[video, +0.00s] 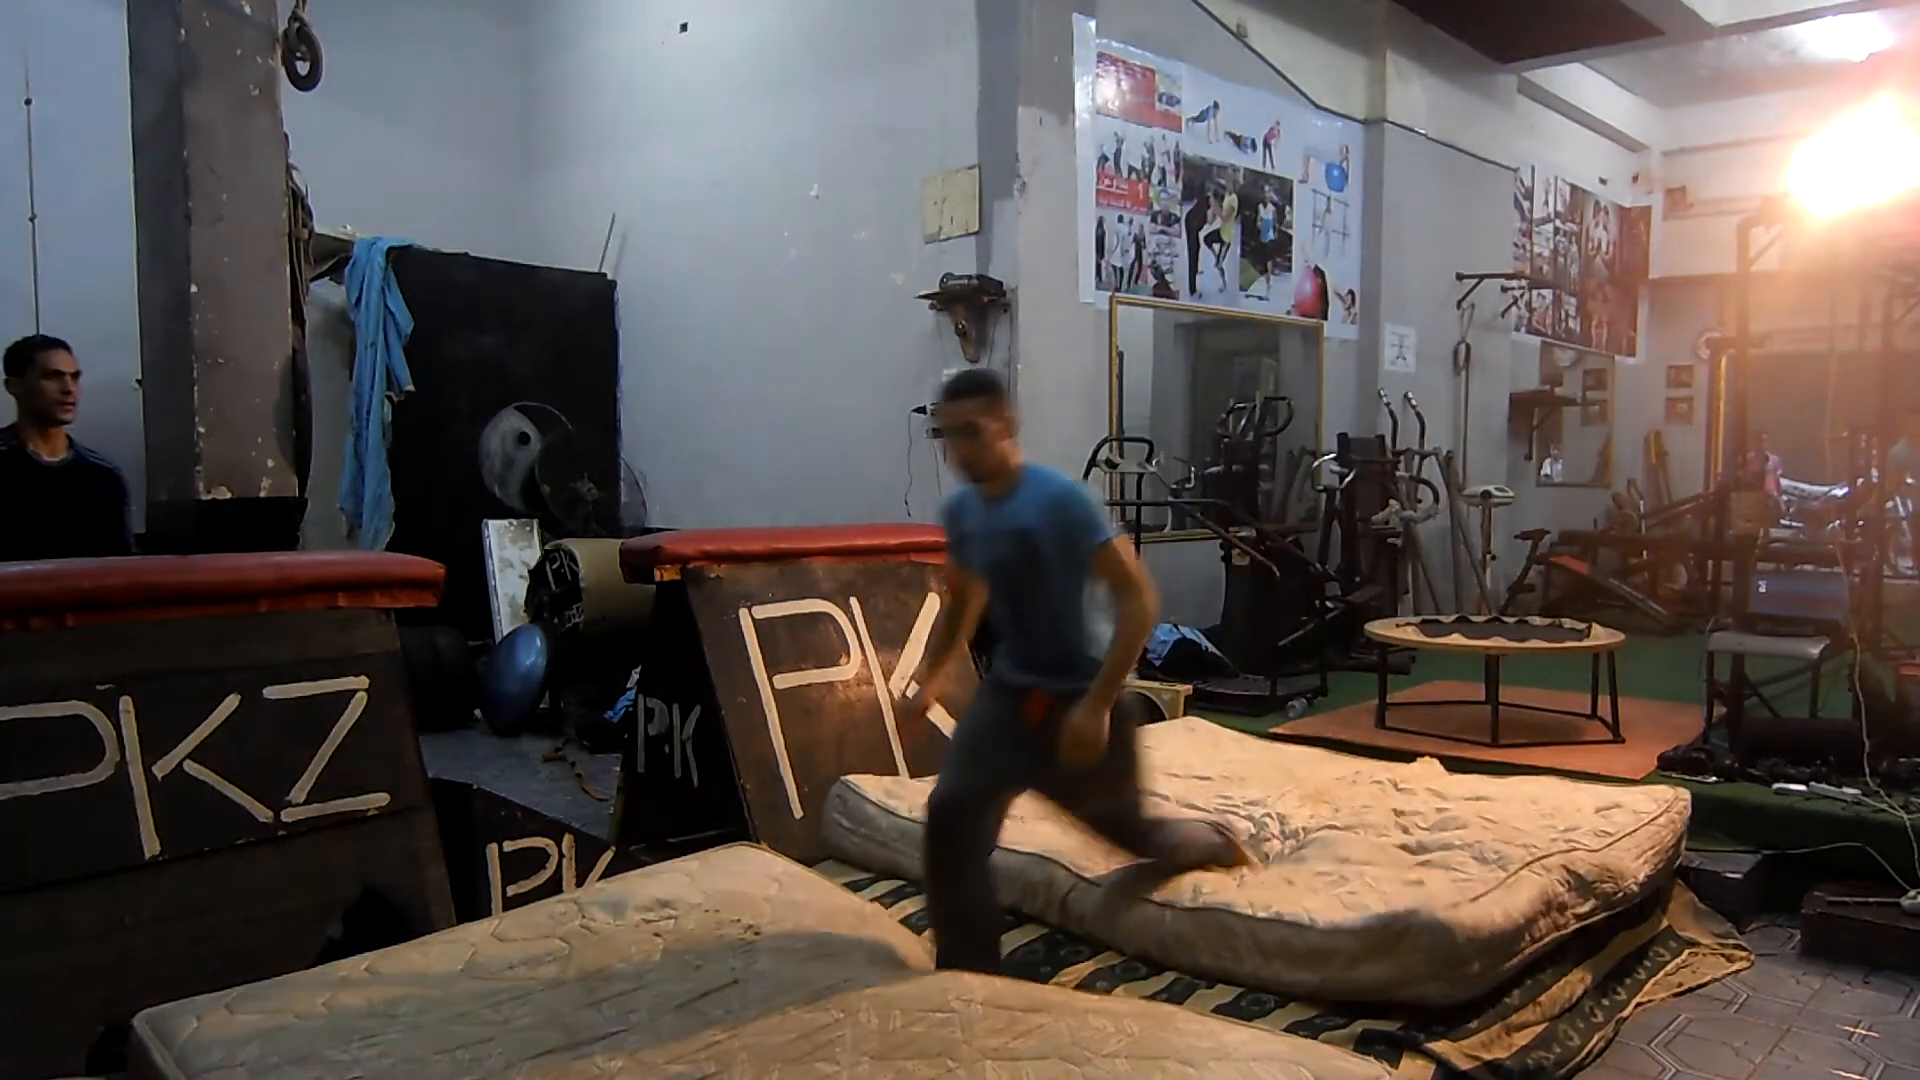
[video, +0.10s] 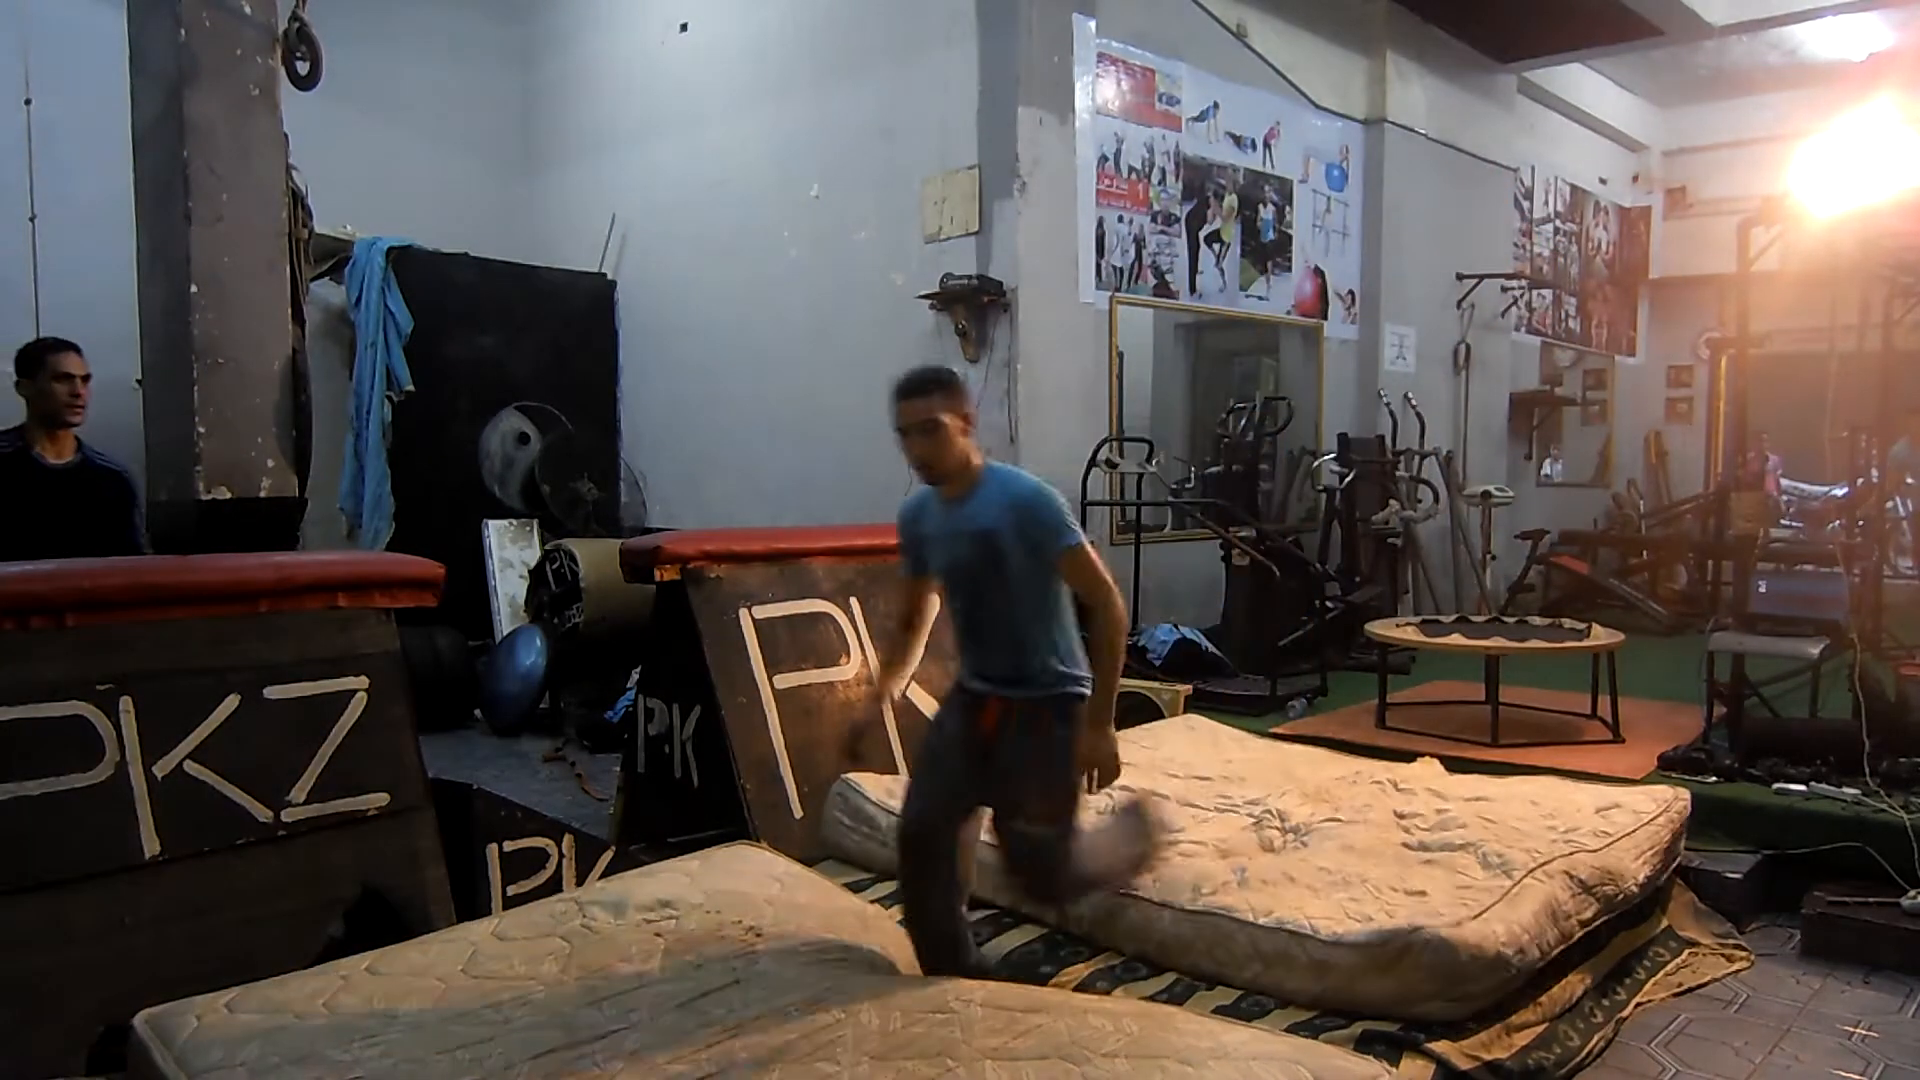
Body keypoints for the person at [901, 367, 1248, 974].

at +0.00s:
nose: (958, 449)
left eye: (970, 432)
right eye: (948, 435)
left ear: (1008, 429)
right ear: (941, 439)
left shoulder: (1062, 500)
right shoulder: (961, 511)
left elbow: (1140, 601)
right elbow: (965, 596)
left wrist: (1096, 706)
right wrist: (928, 681)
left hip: (1081, 699)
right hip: (1009, 694)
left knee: (1128, 832)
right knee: (953, 824)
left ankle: (1214, 846)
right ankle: (969, 993)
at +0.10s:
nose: (917, 448)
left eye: (929, 429)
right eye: (906, 433)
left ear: (967, 423)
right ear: (898, 438)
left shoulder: (1029, 501)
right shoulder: (919, 516)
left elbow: (1106, 601)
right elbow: (913, 622)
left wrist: (1100, 721)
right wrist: (879, 699)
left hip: (1047, 707)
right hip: (973, 701)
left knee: (1043, 881)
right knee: (924, 843)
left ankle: (1141, 828)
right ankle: (958, 997)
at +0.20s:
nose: (895, 415)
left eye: (908, 396)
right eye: (882, 401)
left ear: (946, 395)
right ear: (873, 409)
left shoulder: (1010, 478)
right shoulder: (884, 494)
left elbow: (1090, 578)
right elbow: (871, 597)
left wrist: (1101, 691)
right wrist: (840, 677)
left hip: (1021, 681)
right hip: (945, 680)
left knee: (949, 834)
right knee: (905, 844)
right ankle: (959, 991)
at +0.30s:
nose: (879, 359)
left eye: (892, 342)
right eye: (864, 347)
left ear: (926, 342)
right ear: (852, 359)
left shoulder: (992, 433)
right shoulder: (852, 452)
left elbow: (1067, 536)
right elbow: (835, 551)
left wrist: (1087, 652)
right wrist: (822, 611)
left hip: (990, 644)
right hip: (913, 648)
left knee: (910, 788)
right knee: (898, 800)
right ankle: (970, 935)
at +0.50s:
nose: (840, 305)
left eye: (858, 287)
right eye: (824, 290)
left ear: (897, 293)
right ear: (809, 301)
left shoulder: (955, 405)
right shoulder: (794, 412)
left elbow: (1021, 539)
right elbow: (764, 536)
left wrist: (1023, 679)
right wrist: (750, 643)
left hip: (910, 663)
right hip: (820, 658)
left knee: (847, 880)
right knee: (796, 861)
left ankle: (810, 1065)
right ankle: (904, 877)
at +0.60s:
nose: (817, 338)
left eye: (837, 319)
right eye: (802, 319)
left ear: (877, 326)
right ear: (785, 329)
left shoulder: (930, 459)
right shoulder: (760, 452)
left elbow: (988, 611)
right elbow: (730, 588)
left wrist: (977, 757)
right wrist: (690, 702)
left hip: (868, 737)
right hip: (765, 724)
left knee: (834, 970)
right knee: (711, 938)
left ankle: (823, 1074)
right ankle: (817, 915)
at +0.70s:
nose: (786, 348)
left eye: (809, 327)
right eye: (769, 327)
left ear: (848, 337)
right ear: (751, 338)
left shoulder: (896, 472)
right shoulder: (717, 466)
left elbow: (948, 634)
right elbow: (692, 610)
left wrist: (915, 784)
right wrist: (643, 740)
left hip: (842, 759)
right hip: (726, 747)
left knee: (825, 1012)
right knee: (635, 953)